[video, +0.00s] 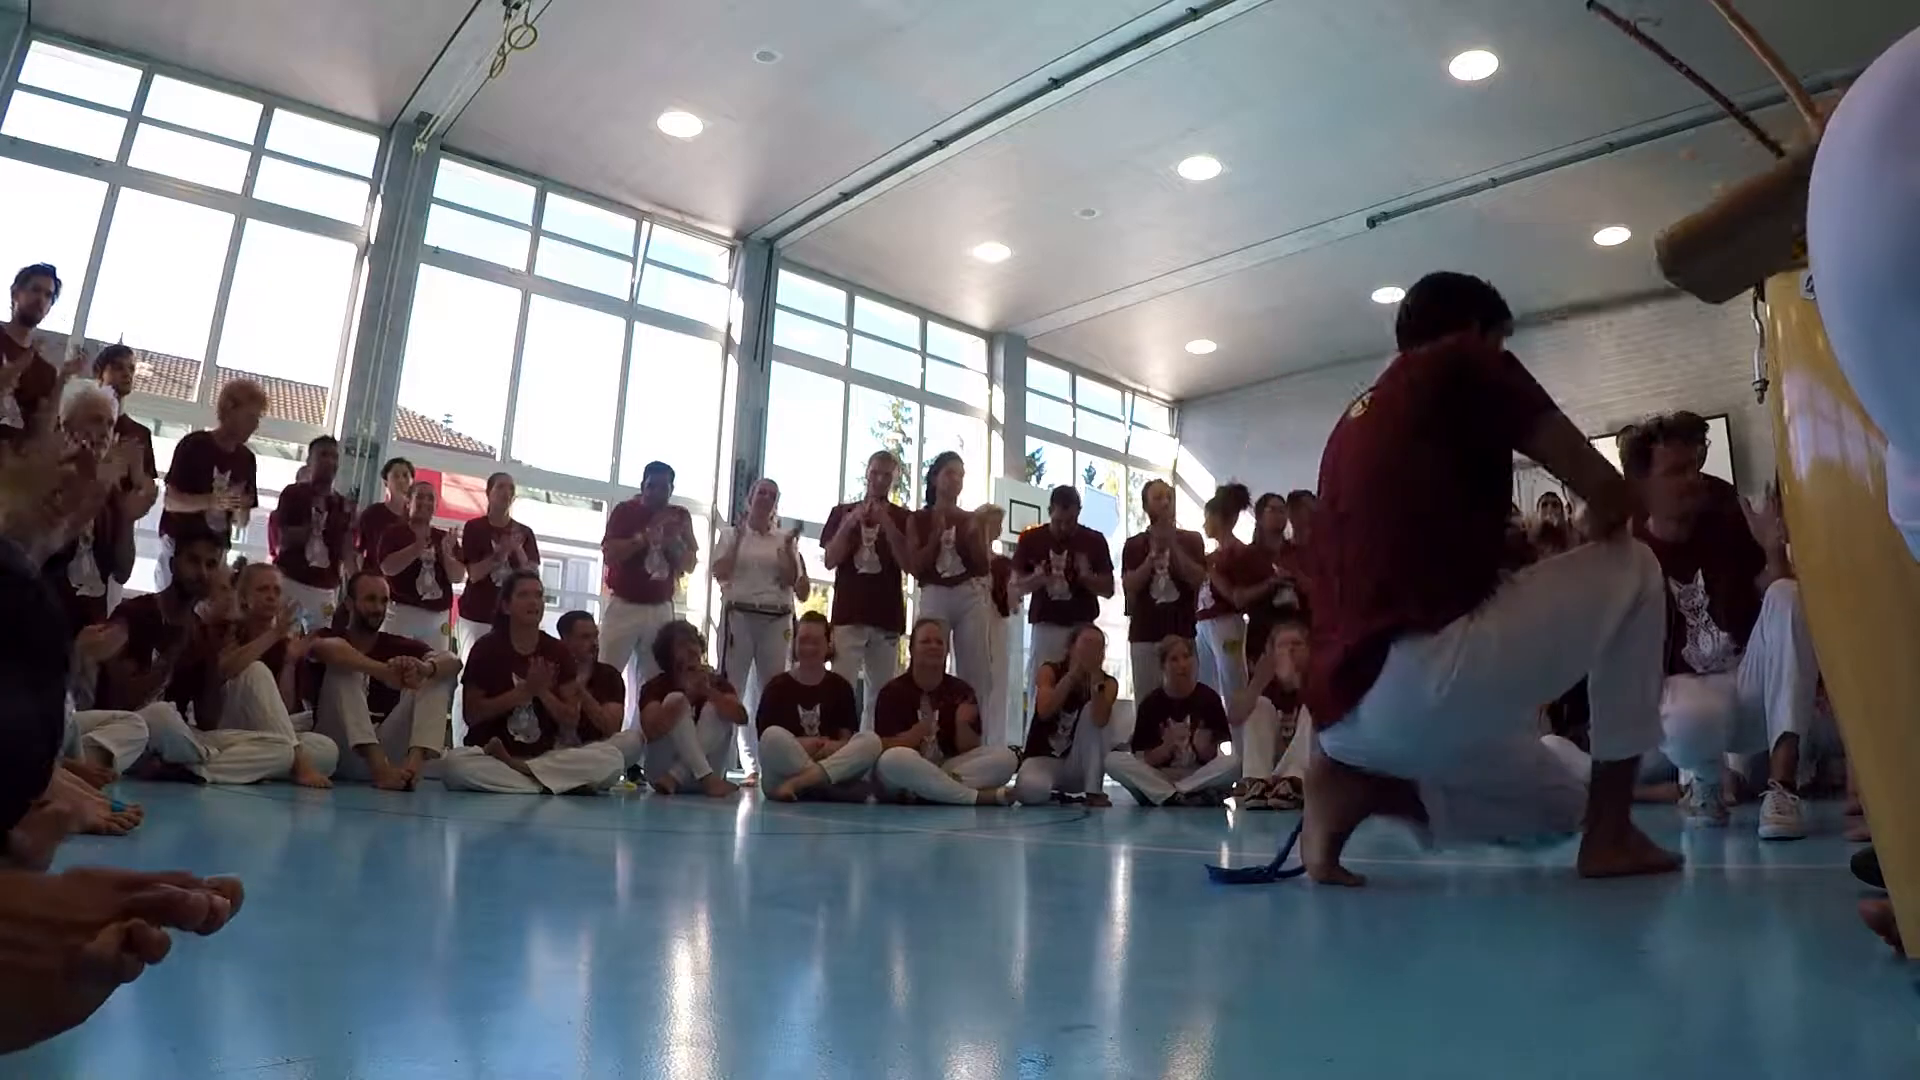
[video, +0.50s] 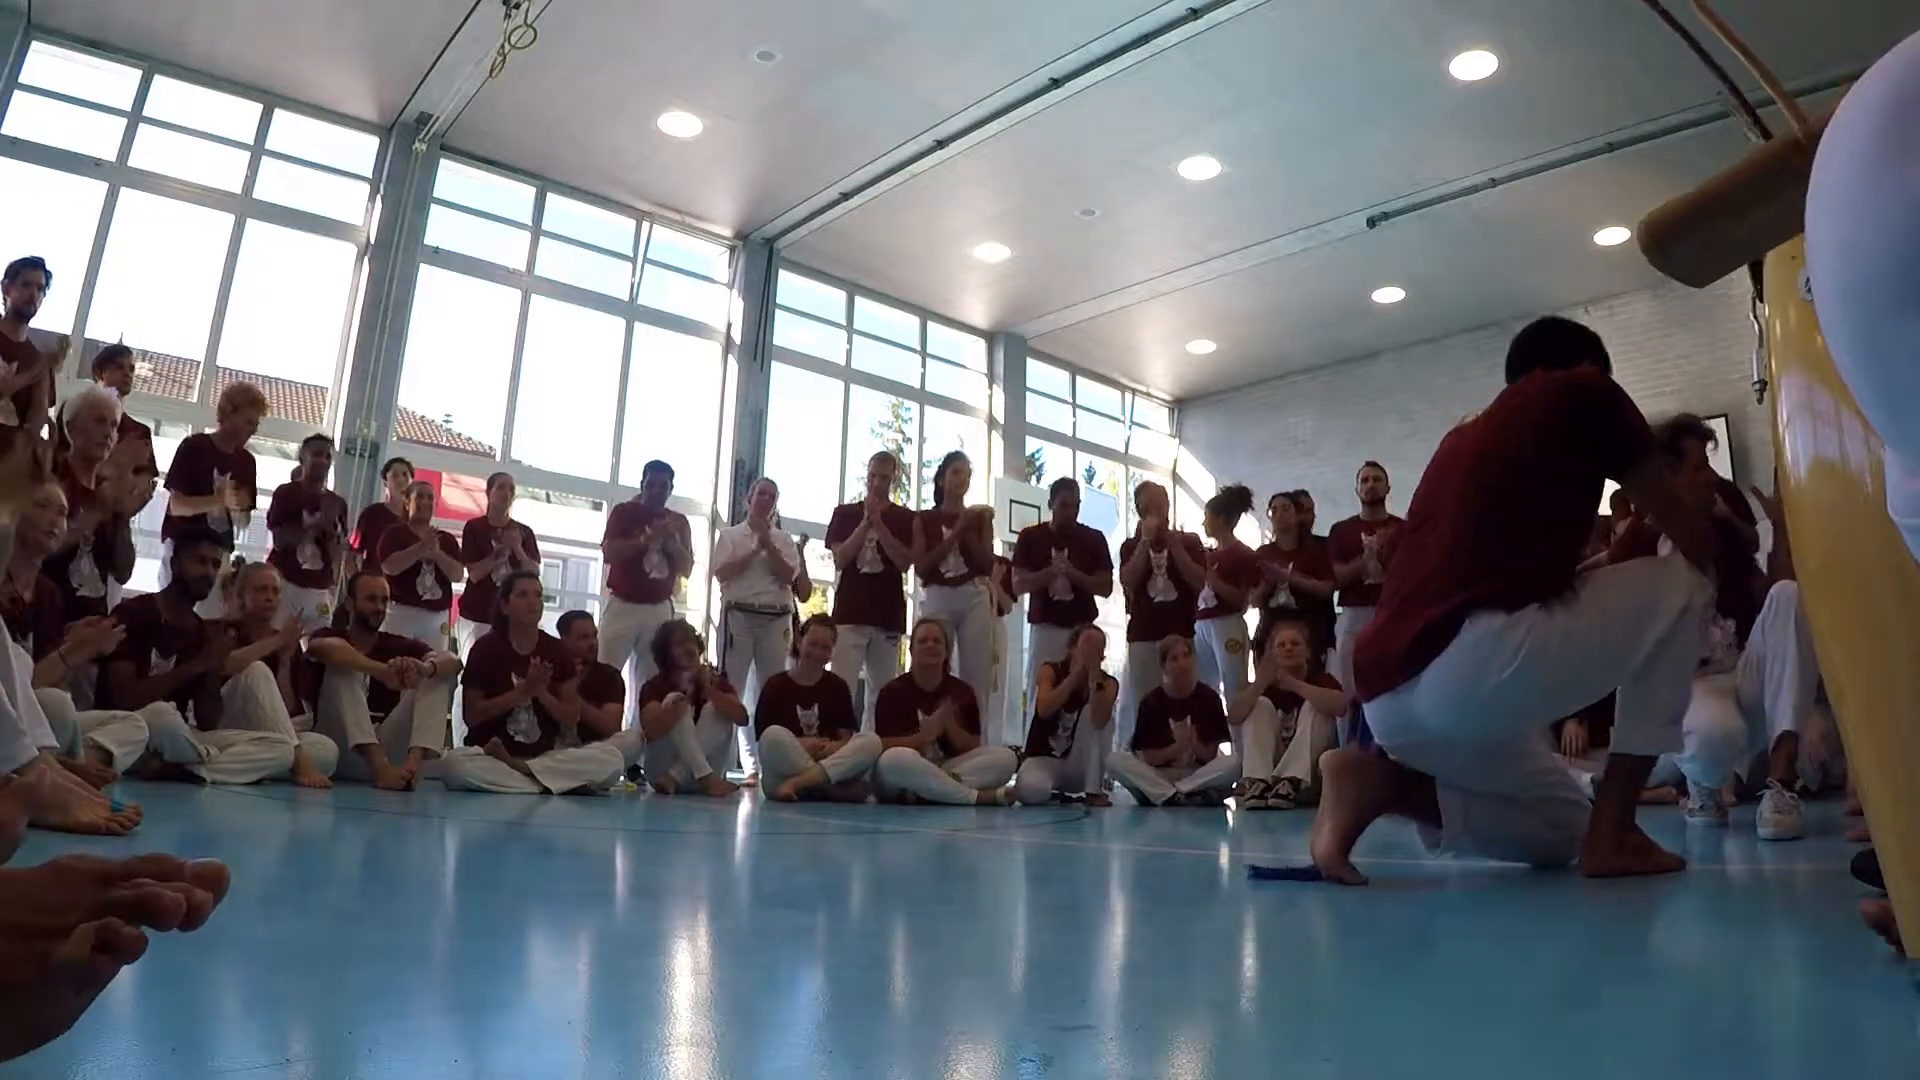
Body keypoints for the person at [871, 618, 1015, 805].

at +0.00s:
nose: (933, 647)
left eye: (939, 643)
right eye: (925, 642)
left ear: (946, 650)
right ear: (912, 650)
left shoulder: (961, 690)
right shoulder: (893, 691)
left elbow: (969, 749)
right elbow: (884, 745)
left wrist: (963, 724)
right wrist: (919, 731)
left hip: (951, 765)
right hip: (909, 766)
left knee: (1006, 758)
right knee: (892, 760)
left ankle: (928, 792)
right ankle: (975, 798)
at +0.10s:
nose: (933, 647)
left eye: (938, 642)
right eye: (925, 642)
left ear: (946, 651)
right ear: (912, 650)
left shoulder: (961, 690)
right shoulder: (893, 691)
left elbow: (969, 749)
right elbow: (882, 745)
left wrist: (962, 726)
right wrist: (913, 738)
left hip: (950, 765)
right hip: (909, 766)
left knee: (1006, 758)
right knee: (892, 760)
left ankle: (929, 792)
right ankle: (975, 798)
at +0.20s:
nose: (931, 646)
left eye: (937, 642)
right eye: (923, 642)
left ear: (946, 649)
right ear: (911, 649)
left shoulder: (962, 691)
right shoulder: (893, 692)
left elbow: (971, 747)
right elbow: (885, 744)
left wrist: (950, 725)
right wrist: (925, 736)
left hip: (950, 767)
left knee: (1005, 758)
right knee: (893, 760)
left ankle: (929, 792)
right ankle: (975, 798)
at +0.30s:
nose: (931, 646)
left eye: (937, 642)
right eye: (923, 642)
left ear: (946, 650)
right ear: (912, 649)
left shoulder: (962, 691)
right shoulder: (892, 691)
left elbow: (971, 746)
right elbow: (883, 744)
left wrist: (954, 730)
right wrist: (922, 738)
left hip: (950, 766)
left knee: (1006, 758)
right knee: (893, 760)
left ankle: (928, 792)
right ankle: (975, 798)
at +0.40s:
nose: (931, 646)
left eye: (937, 642)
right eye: (923, 642)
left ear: (946, 651)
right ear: (912, 650)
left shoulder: (961, 690)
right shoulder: (892, 691)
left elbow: (969, 749)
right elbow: (883, 746)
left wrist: (962, 723)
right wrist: (921, 729)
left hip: (950, 767)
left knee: (1006, 758)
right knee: (893, 759)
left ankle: (929, 792)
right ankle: (975, 798)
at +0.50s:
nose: (931, 646)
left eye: (937, 641)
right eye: (923, 641)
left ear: (946, 650)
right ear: (912, 649)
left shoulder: (962, 691)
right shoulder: (893, 691)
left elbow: (972, 747)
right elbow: (884, 744)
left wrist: (950, 724)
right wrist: (923, 737)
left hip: (951, 767)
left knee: (1006, 758)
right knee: (893, 759)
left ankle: (929, 792)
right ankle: (975, 798)